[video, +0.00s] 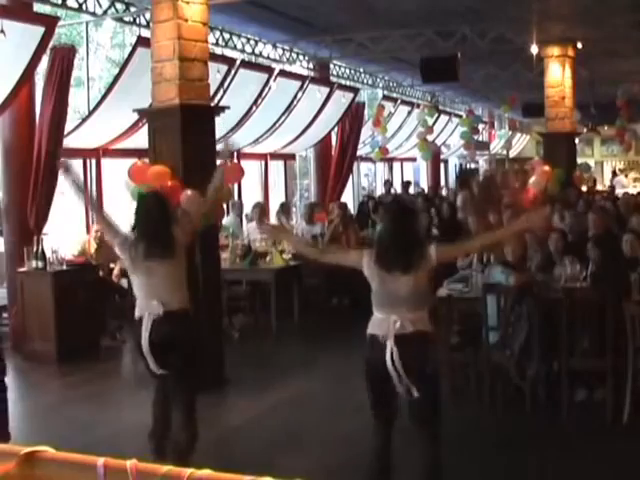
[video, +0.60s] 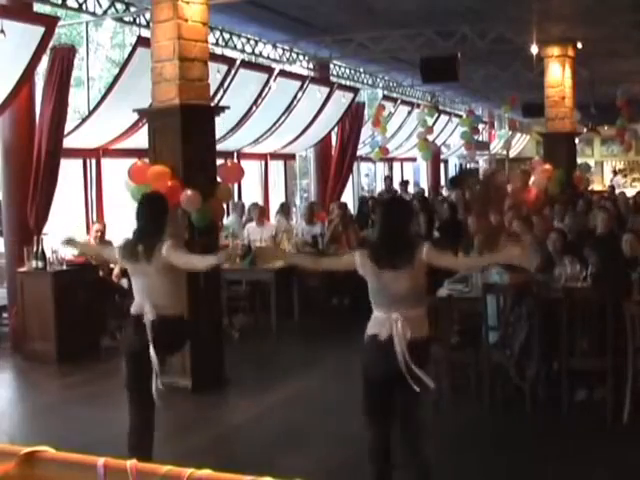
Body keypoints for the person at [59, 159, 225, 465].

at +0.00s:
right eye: (168, 210)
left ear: (138, 216)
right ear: (167, 215)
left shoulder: (129, 247)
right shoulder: (177, 239)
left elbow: (97, 211)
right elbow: (206, 205)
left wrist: (68, 173)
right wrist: (222, 168)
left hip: (151, 321)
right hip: (181, 318)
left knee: (161, 386)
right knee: (184, 389)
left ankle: (159, 450)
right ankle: (183, 454)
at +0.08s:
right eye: (162, 222)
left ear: (136, 229)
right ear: (165, 229)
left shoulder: (128, 260)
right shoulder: (179, 257)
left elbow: (92, 229)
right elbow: (211, 235)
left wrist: (60, 200)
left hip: (147, 334)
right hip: (179, 332)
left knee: (154, 398)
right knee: (183, 398)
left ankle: (155, 460)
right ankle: (185, 462)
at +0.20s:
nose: (170, 221)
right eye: (167, 216)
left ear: (137, 219)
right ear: (164, 219)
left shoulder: (123, 250)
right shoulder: (175, 249)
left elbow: (95, 238)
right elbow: (212, 244)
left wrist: (70, 223)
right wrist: (248, 227)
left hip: (139, 328)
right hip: (172, 326)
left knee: (146, 392)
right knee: (175, 392)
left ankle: (152, 458)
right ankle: (178, 458)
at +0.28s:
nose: (168, 214)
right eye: (166, 209)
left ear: (131, 213)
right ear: (162, 213)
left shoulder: (123, 245)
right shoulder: (170, 243)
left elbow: (102, 241)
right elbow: (210, 246)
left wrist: (80, 231)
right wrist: (239, 232)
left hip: (139, 321)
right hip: (173, 320)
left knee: (140, 389)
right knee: (167, 356)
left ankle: (143, 459)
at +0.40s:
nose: (169, 220)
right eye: (166, 216)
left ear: (130, 218)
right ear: (160, 219)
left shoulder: (126, 252)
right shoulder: (165, 249)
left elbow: (110, 253)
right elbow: (190, 257)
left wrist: (91, 248)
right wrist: (198, 236)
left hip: (140, 330)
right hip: (174, 328)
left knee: (137, 403)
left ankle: (135, 464)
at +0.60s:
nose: (171, 220)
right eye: (169, 215)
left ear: (138, 216)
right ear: (164, 218)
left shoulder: (127, 250)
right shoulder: (167, 248)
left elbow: (98, 250)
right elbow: (193, 262)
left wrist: (74, 244)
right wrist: (224, 256)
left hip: (138, 326)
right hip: (171, 327)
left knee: (139, 395)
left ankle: (139, 461)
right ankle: (164, 368)